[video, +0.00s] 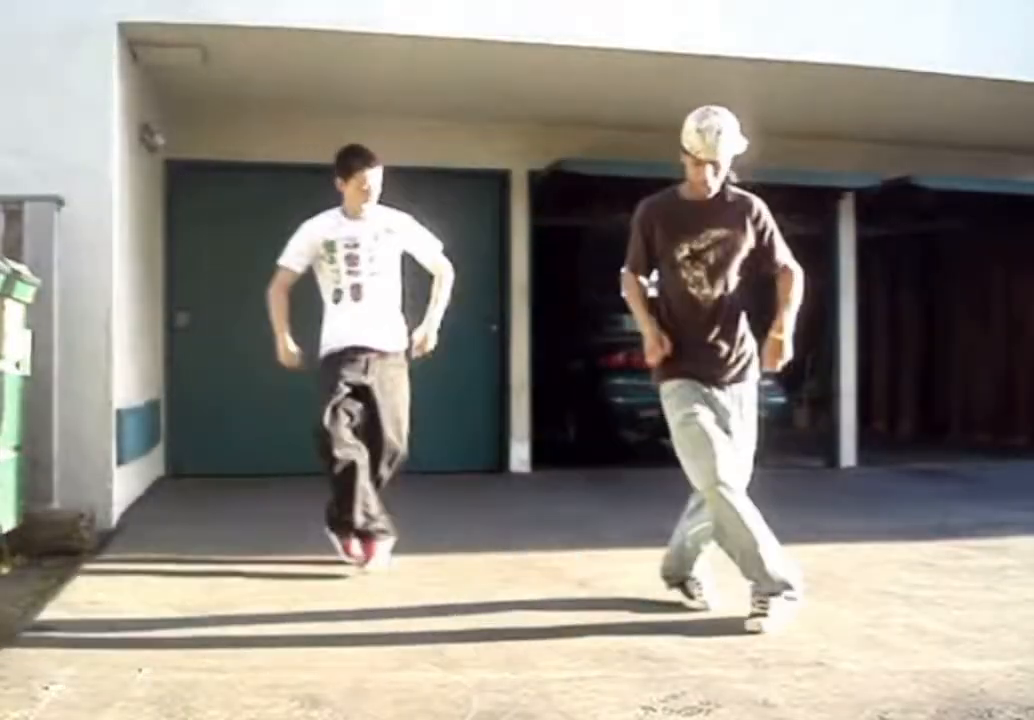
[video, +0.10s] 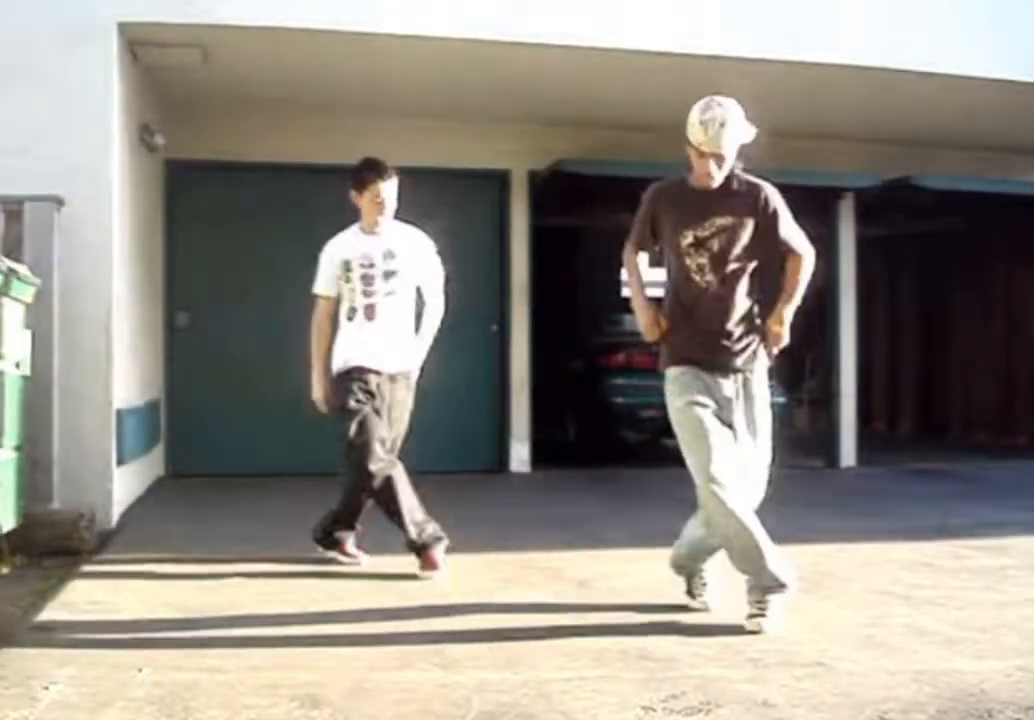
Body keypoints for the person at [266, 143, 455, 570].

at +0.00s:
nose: (371, 193)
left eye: (375, 184)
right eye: (362, 185)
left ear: (381, 183)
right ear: (342, 184)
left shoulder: (397, 225)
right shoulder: (318, 229)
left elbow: (444, 270)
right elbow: (278, 286)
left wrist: (431, 324)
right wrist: (283, 337)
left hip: (390, 348)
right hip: (341, 348)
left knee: (393, 444)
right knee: (338, 435)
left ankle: (343, 519)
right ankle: (377, 528)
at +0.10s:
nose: (384, 205)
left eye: (389, 196)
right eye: (376, 197)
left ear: (396, 196)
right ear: (356, 197)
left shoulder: (417, 244)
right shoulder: (337, 249)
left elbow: (434, 302)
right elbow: (323, 313)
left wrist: (418, 351)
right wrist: (319, 373)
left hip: (401, 360)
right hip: (354, 359)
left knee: (381, 455)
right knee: (373, 454)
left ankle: (338, 528)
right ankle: (427, 537)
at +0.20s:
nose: (398, 200)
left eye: (403, 191)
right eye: (389, 192)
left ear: (412, 190)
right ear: (373, 193)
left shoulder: (439, 235)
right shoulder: (358, 245)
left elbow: (446, 297)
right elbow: (348, 307)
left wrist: (431, 336)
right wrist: (342, 370)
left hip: (428, 358)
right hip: (382, 357)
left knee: (420, 453)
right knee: (403, 446)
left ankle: (355, 519)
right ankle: (433, 541)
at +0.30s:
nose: (420, 196)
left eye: (427, 187)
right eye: (412, 188)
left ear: (441, 181)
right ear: (400, 185)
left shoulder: (463, 222)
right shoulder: (388, 233)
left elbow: (475, 286)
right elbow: (368, 298)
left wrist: (495, 338)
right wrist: (338, 356)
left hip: (463, 352)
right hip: (413, 353)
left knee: (498, 431)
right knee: (399, 438)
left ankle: (464, 517)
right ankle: (393, 536)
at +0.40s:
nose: (442, 214)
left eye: (449, 206)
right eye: (435, 206)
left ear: (464, 203)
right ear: (425, 205)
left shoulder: (480, 243)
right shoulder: (411, 252)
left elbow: (491, 300)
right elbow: (380, 313)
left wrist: (547, 316)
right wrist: (327, 349)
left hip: (488, 372)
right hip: (441, 375)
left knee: (537, 448)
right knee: (414, 455)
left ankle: (559, 539)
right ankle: (349, 539)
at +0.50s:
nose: (449, 233)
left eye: (456, 224)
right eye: (441, 224)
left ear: (472, 221)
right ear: (432, 224)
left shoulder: (488, 265)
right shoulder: (421, 276)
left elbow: (523, 302)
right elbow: (375, 323)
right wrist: (326, 299)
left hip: (505, 392)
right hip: (458, 399)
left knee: (558, 466)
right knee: (434, 487)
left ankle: (572, 543)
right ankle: (354, 544)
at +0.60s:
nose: (435, 209)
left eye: (443, 201)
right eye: (428, 201)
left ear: (457, 199)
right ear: (417, 201)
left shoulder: (471, 239)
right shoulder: (402, 244)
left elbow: (507, 270)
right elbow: (353, 290)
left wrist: (529, 225)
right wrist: (350, 267)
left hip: (483, 369)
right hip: (434, 370)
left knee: (522, 452)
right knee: (428, 456)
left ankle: (565, 536)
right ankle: (362, 541)